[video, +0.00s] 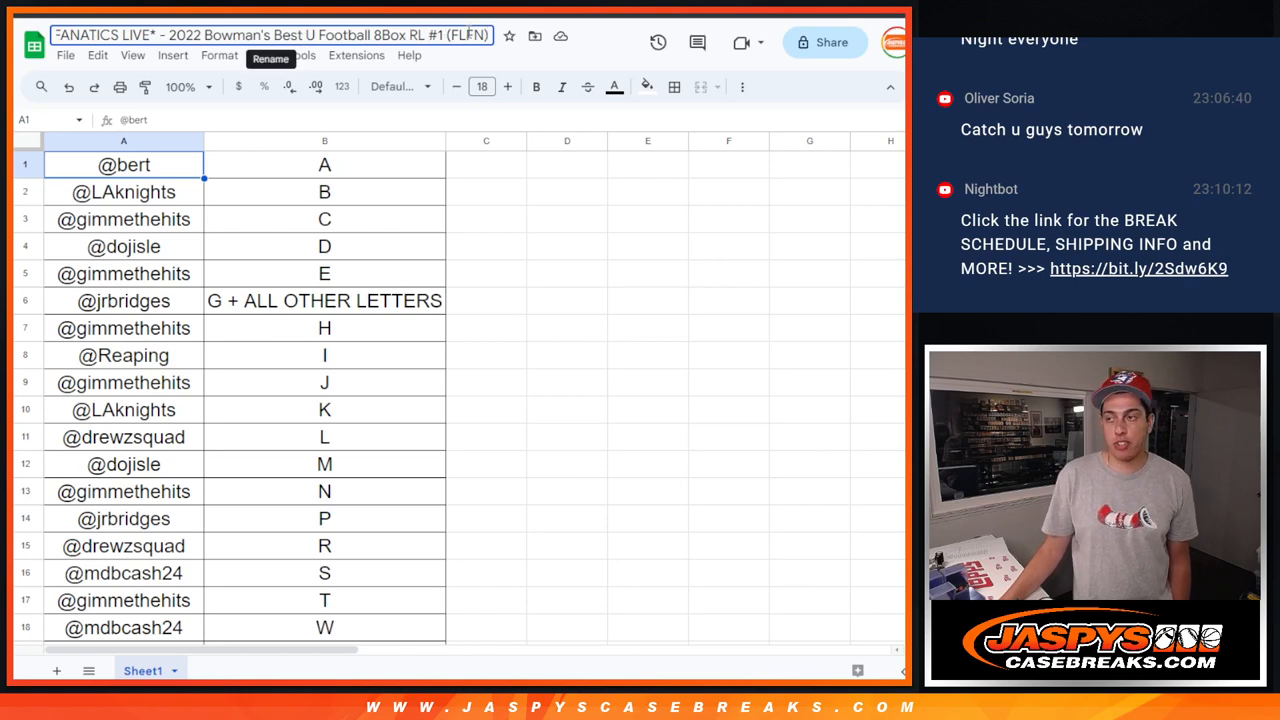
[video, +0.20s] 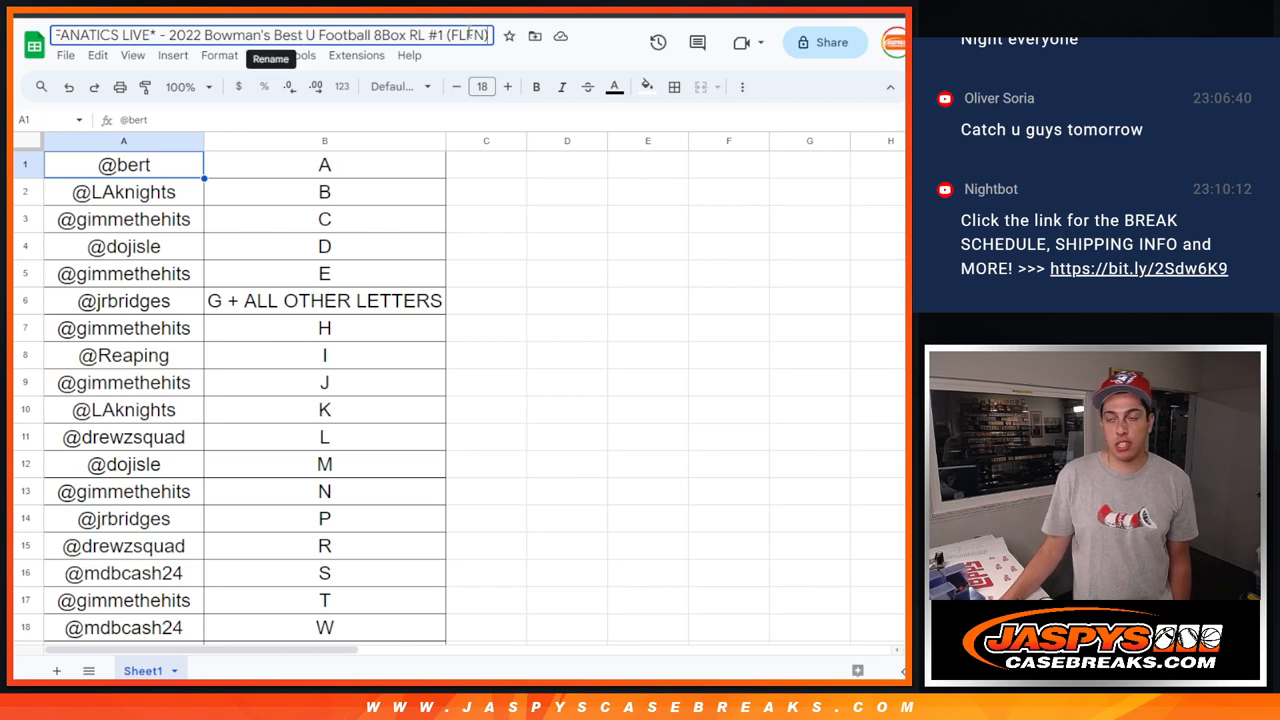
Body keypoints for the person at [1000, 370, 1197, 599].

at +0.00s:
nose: (1119, 429)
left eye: (1131, 417)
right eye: (1110, 418)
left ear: (1150, 422)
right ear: (1101, 423)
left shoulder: (1175, 481)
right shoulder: (1074, 475)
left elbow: (1179, 557)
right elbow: (1052, 549)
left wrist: (1180, 609)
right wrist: (1007, 600)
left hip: (1153, 607)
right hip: (1090, 608)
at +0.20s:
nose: (1121, 429)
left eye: (1132, 417)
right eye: (1111, 418)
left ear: (1150, 422)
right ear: (1101, 424)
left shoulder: (1175, 481)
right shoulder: (1074, 475)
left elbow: (1179, 558)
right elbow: (1052, 549)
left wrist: (1180, 610)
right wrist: (1007, 599)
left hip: (1153, 608)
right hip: (1089, 608)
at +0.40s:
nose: (1126, 429)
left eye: (1136, 416)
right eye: (1114, 417)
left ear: (1150, 421)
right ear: (1101, 425)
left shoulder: (1176, 481)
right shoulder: (1074, 476)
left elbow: (1180, 557)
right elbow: (1052, 550)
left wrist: (1180, 611)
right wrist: (1007, 599)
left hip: (1153, 606)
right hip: (1090, 606)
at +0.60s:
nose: (1127, 429)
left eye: (1136, 416)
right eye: (1115, 418)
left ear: (1150, 420)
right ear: (1101, 425)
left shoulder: (1175, 481)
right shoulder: (1074, 476)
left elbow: (1180, 557)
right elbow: (1052, 550)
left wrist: (1180, 610)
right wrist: (1007, 599)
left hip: (1153, 606)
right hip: (1090, 606)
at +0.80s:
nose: (1126, 430)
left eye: (1136, 416)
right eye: (1114, 418)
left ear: (1150, 420)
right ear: (1100, 424)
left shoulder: (1175, 481)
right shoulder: (1073, 476)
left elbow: (1180, 557)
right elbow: (1052, 549)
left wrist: (1181, 611)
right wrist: (1007, 599)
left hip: (1153, 607)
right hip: (1090, 607)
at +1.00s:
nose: (1125, 430)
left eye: (1135, 416)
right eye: (1113, 418)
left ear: (1149, 420)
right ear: (1099, 424)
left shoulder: (1175, 481)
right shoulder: (1073, 477)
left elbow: (1180, 557)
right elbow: (1052, 549)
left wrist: (1181, 611)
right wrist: (1007, 599)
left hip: (1153, 605)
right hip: (1090, 607)